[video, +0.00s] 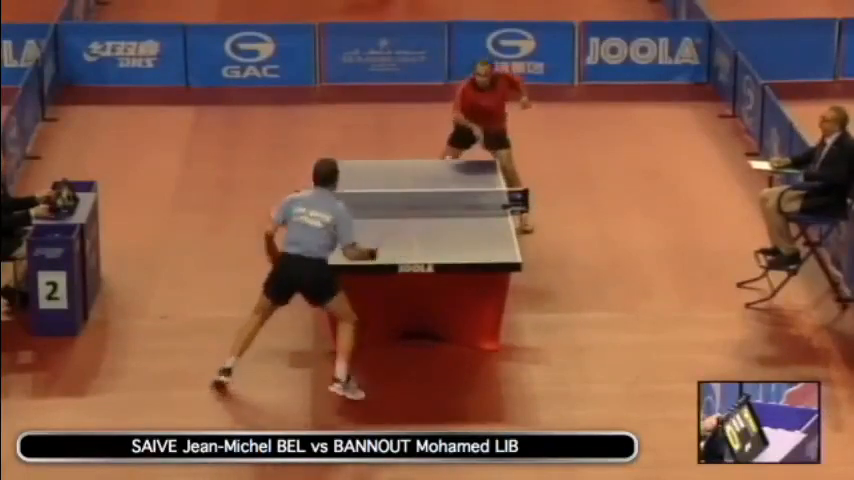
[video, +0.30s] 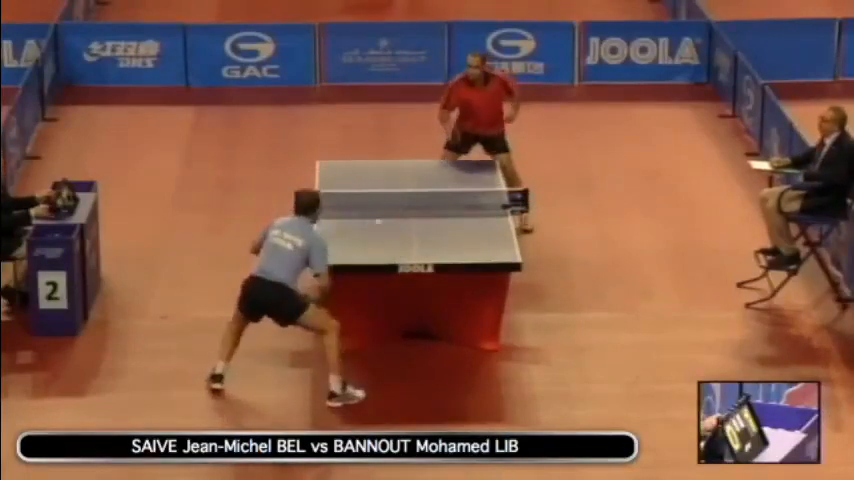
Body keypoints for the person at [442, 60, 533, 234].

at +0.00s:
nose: (481, 79)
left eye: (485, 76)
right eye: (479, 75)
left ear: (491, 74)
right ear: (474, 74)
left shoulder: (501, 81)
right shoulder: (466, 88)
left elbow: (517, 83)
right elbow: (456, 115)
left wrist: (524, 97)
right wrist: (473, 127)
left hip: (494, 128)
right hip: (469, 126)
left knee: (507, 167)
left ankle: (522, 214)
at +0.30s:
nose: (471, 71)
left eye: (475, 68)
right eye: (469, 67)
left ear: (483, 68)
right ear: (467, 68)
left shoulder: (498, 82)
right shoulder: (458, 86)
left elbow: (515, 97)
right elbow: (444, 110)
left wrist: (513, 114)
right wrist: (448, 130)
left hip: (493, 131)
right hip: (465, 130)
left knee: (507, 166)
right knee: (446, 163)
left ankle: (522, 211)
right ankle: (437, 206)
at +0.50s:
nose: (465, 80)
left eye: (470, 76)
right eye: (463, 76)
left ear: (478, 77)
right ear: (460, 76)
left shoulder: (492, 94)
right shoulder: (453, 96)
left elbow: (509, 108)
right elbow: (441, 116)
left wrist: (513, 113)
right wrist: (437, 128)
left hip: (492, 146)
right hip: (463, 146)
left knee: (513, 176)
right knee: (441, 173)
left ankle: (520, 217)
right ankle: (442, 217)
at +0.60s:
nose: (473, 74)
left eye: (476, 70)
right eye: (470, 70)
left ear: (485, 71)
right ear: (468, 73)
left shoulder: (501, 84)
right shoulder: (468, 95)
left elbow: (527, 92)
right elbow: (453, 114)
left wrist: (507, 92)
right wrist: (436, 124)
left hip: (513, 138)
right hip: (485, 140)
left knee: (532, 179)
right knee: (463, 174)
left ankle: (525, 212)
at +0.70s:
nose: (478, 73)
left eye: (482, 69)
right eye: (476, 69)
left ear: (490, 70)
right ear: (475, 71)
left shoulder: (507, 83)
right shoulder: (476, 94)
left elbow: (522, 102)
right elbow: (468, 116)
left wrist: (499, 110)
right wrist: (452, 132)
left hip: (526, 135)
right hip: (501, 137)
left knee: (539, 175)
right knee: (478, 167)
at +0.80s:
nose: (491, 83)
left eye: (494, 79)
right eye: (489, 79)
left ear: (503, 78)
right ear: (489, 81)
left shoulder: (516, 96)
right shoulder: (499, 98)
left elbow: (517, 126)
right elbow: (502, 125)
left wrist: (494, 134)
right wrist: (499, 147)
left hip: (542, 145)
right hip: (520, 145)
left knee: (561, 187)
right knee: (491, 174)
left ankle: (599, 216)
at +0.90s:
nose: (504, 91)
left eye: (507, 86)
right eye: (502, 87)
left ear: (516, 85)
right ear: (503, 87)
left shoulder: (525, 103)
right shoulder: (518, 100)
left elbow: (522, 136)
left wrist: (504, 149)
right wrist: (514, 145)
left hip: (551, 155)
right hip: (531, 154)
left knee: (572, 194)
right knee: (497, 171)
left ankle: (618, 220)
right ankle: (501, 213)